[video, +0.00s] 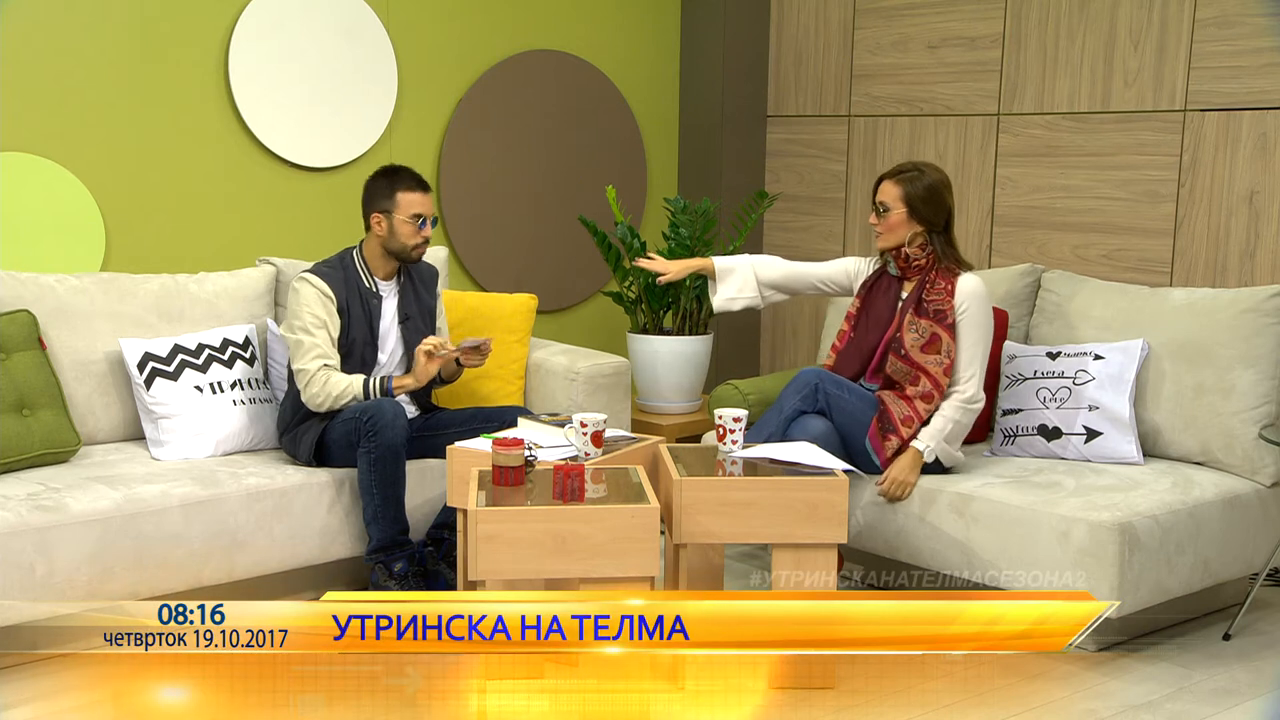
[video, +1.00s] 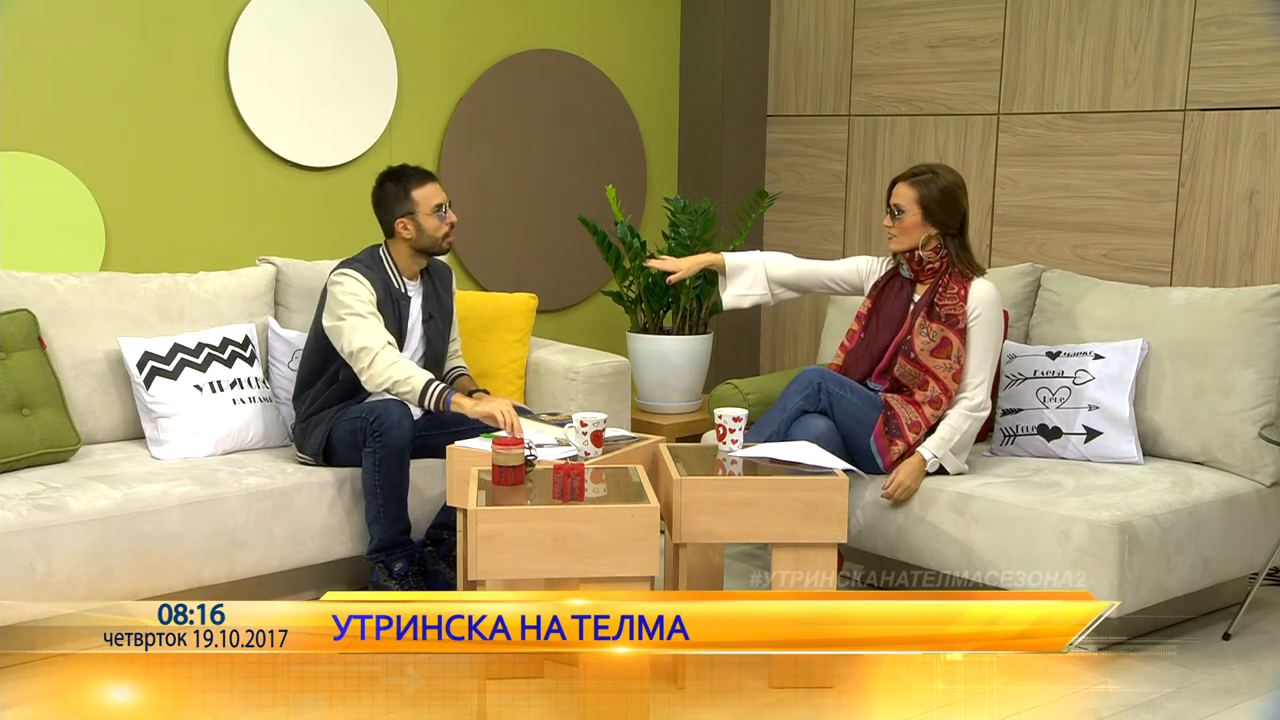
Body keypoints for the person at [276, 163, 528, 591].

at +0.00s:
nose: (429, 233)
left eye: (431, 223)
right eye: (418, 222)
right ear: (378, 223)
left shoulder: (424, 278)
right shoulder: (318, 287)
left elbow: (430, 376)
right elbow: (318, 388)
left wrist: (454, 364)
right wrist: (406, 380)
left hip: (406, 421)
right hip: (323, 428)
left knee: (515, 422)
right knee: (387, 413)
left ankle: (440, 549)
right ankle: (392, 563)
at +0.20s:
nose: (438, 220)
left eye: (435, 209)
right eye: (426, 212)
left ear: (397, 226)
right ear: (390, 226)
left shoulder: (429, 275)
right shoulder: (328, 283)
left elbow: (435, 369)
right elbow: (340, 374)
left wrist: (464, 366)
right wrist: (433, 368)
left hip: (409, 422)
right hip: (326, 427)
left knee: (512, 420)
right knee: (384, 413)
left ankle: (441, 547)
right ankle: (391, 561)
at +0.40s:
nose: (449, 220)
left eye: (444, 208)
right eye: (436, 212)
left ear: (405, 228)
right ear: (400, 227)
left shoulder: (434, 275)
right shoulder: (344, 282)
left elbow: (445, 357)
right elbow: (372, 365)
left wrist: (473, 384)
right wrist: (462, 382)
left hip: (405, 421)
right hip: (327, 425)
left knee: (502, 418)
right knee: (388, 412)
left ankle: (440, 548)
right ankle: (392, 561)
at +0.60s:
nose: (457, 221)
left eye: (454, 209)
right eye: (445, 214)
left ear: (416, 229)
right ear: (409, 229)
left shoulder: (441, 277)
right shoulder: (355, 284)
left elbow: (448, 360)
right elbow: (385, 363)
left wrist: (479, 398)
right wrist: (460, 403)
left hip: (407, 419)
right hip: (330, 423)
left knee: (499, 430)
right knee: (393, 413)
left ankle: (440, 550)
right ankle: (392, 561)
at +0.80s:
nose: (458, 221)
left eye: (454, 210)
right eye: (445, 214)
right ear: (409, 229)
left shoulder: (443, 276)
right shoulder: (355, 284)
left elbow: (452, 359)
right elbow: (384, 366)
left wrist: (477, 396)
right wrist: (461, 406)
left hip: (408, 418)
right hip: (331, 423)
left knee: (498, 429)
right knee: (391, 415)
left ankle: (440, 549)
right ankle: (392, 561)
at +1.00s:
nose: (452, 219)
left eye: (449, 208)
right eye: (439, 213)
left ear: (408, 228)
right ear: (404, 228)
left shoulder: (440, 275)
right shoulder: (351, 282)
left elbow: (450, 360)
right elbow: (379, 364)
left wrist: (476, 396)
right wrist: (460, 403)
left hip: (408, 419)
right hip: (331, 424)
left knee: (498, 428)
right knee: (391, 414)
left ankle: (440, 548)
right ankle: (392, 560)